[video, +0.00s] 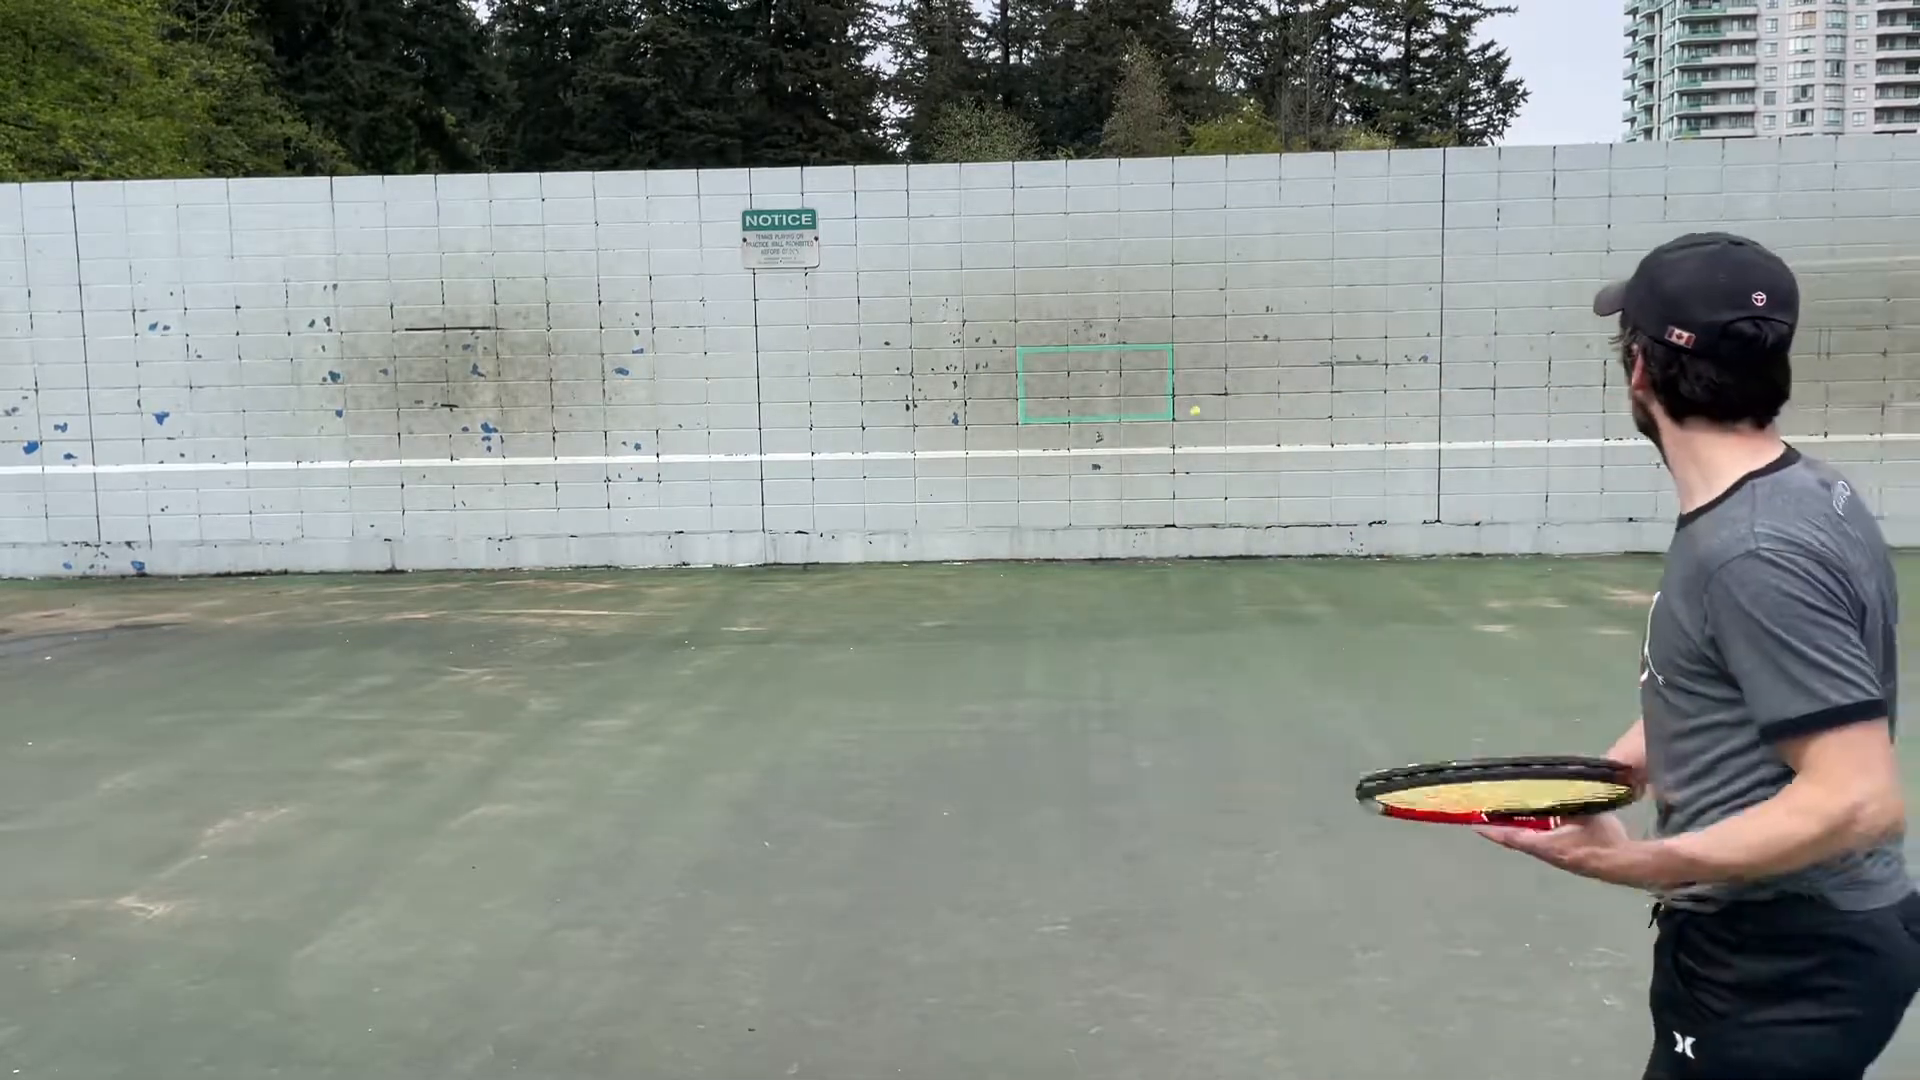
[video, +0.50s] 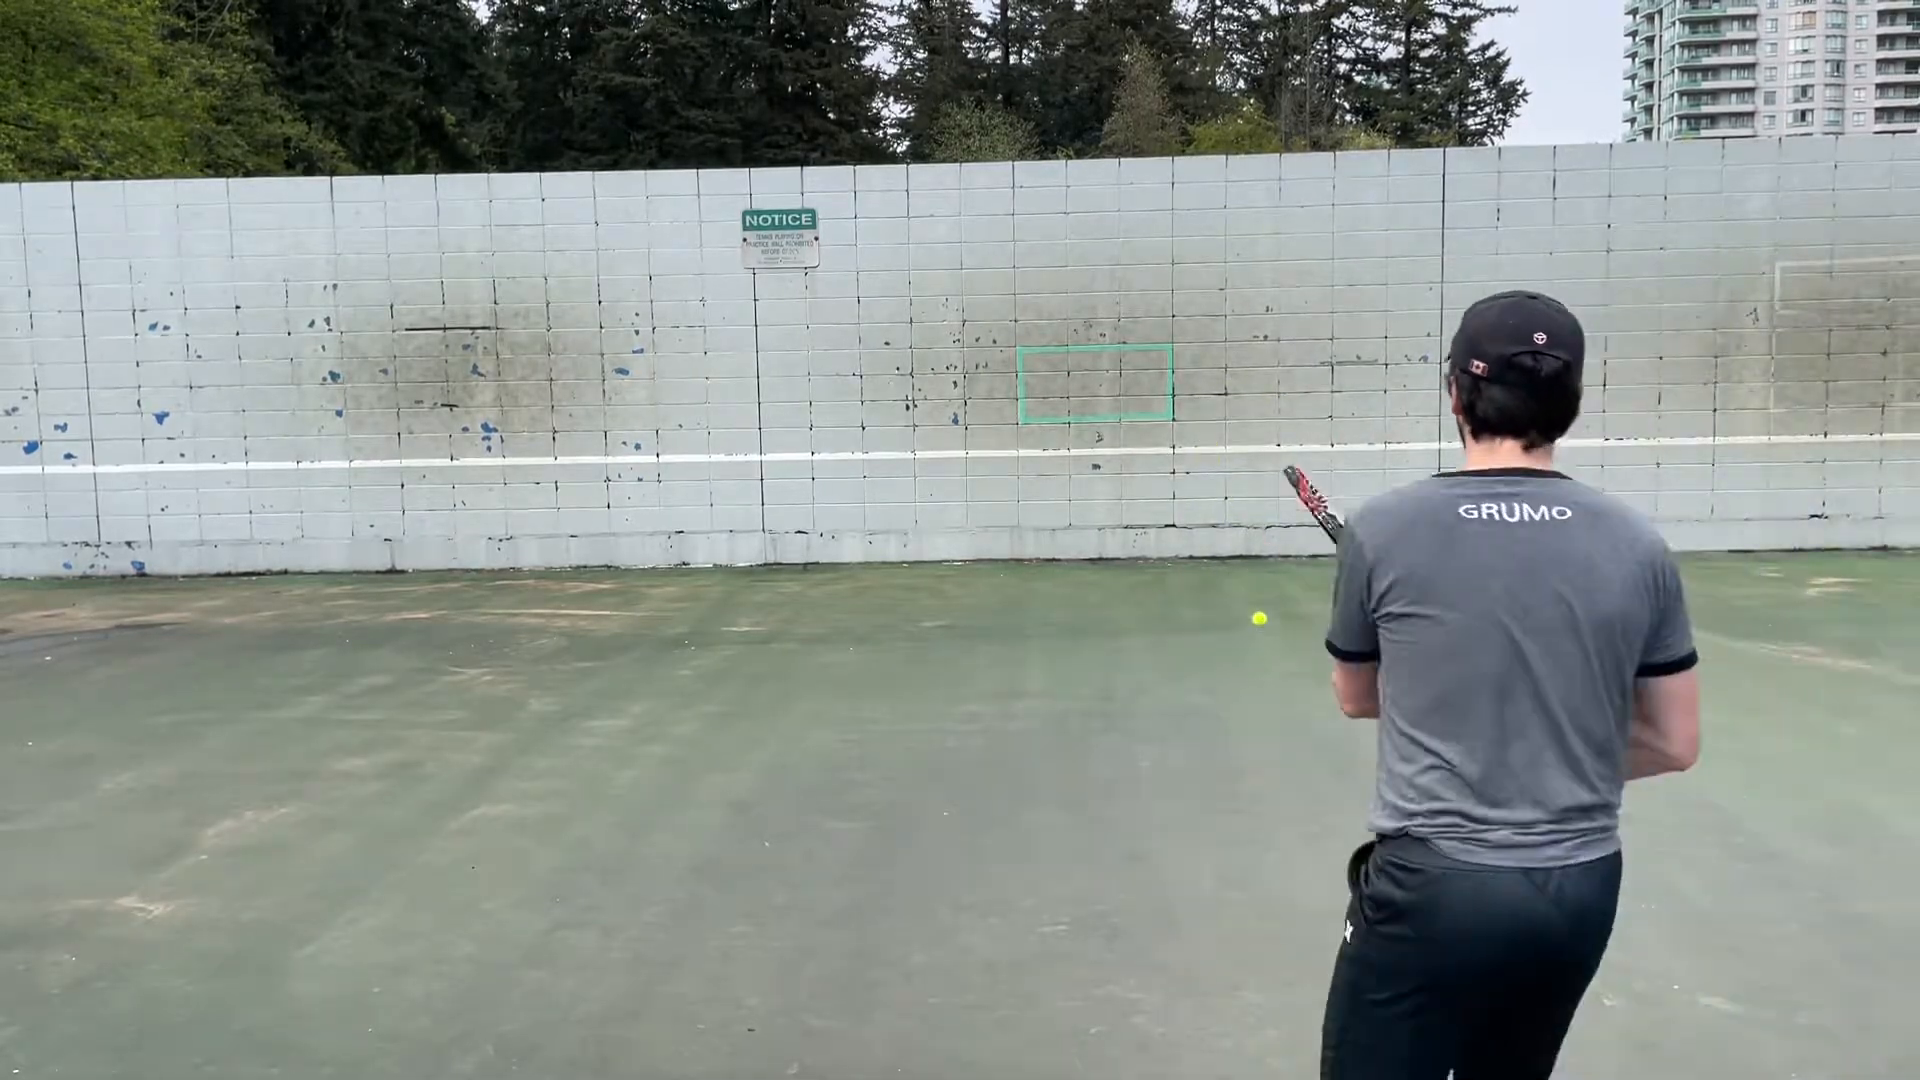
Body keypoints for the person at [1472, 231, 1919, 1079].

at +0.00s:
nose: (1625, 366)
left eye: (1627, 348)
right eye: (1626, 346)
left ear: (1645, 373)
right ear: (1771, 369)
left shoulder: (1754, 551)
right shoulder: (1811, 496)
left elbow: (1860, 800)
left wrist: (1645, 862)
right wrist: (1612, 775)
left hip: (1776, 969)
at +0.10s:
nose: (1579, 374)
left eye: (1581, 357)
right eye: (1580, 355)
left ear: (1601, 379)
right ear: (1721, 369)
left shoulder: (1671, 553)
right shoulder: (1782, 507)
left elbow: (1727, 808)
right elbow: (1769, 730)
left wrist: (1536, 823)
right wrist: (1607, 789)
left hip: (1718, 955)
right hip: (1808, 925)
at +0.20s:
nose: (1541, 385)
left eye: (1543, 367)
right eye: (1544, 364)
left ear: (1559, 384)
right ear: (1678, 376)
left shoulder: (1580, 557)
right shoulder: (1754, 517)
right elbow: (1796, 714)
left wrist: (1456, 786)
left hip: (1649, 944)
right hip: (1766, 919)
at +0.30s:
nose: (1506, 387)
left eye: (1507, 373)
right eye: (1509, 370)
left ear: (1520, 391)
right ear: (1636, 390)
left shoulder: (1492, 558)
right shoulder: (1722, 539)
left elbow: (1455, 774)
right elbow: (1769, 732)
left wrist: (1405, 745)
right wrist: (1640, 748)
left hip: (1570, 930)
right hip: (1703, 918)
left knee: (1588, 1064)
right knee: (1626, 1057)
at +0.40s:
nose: (1476, 390)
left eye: (1478, 379)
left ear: (1488, 401)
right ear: (1604, 407)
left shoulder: (1429, 548)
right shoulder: (1678, 549)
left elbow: (1389, 741)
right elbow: (1721, 748)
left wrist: (1448, 710)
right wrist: (1599, 756)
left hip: (1494, 922)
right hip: (1633, 920)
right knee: (1549, 1067)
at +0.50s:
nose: (1453, 386)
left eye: (1454, 376)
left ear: (1458, 393)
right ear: (1572, 404)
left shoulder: (1385, 528)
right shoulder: (1633, 542)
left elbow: (1358, 696)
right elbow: (1672, 742)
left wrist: (1462, 684)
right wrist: (1552, 745)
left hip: (1429, 898)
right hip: (1573, 901)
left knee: (1366, 1068)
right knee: (1509, 1071)